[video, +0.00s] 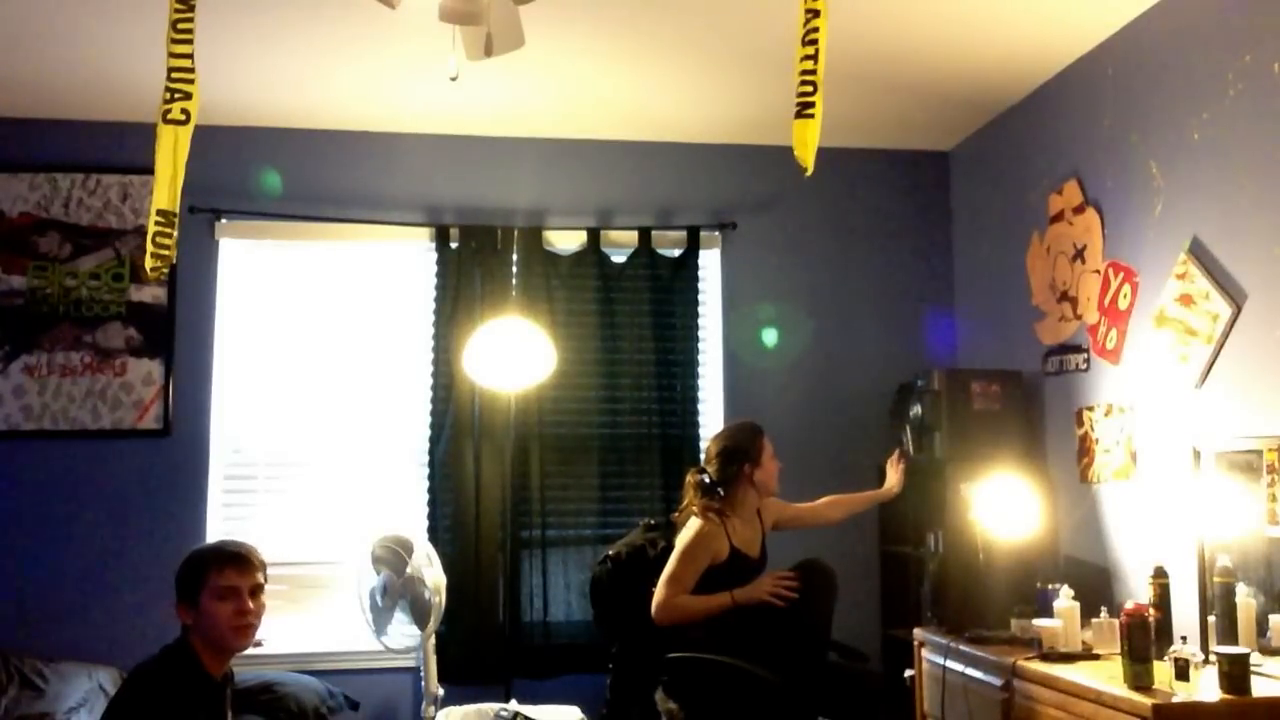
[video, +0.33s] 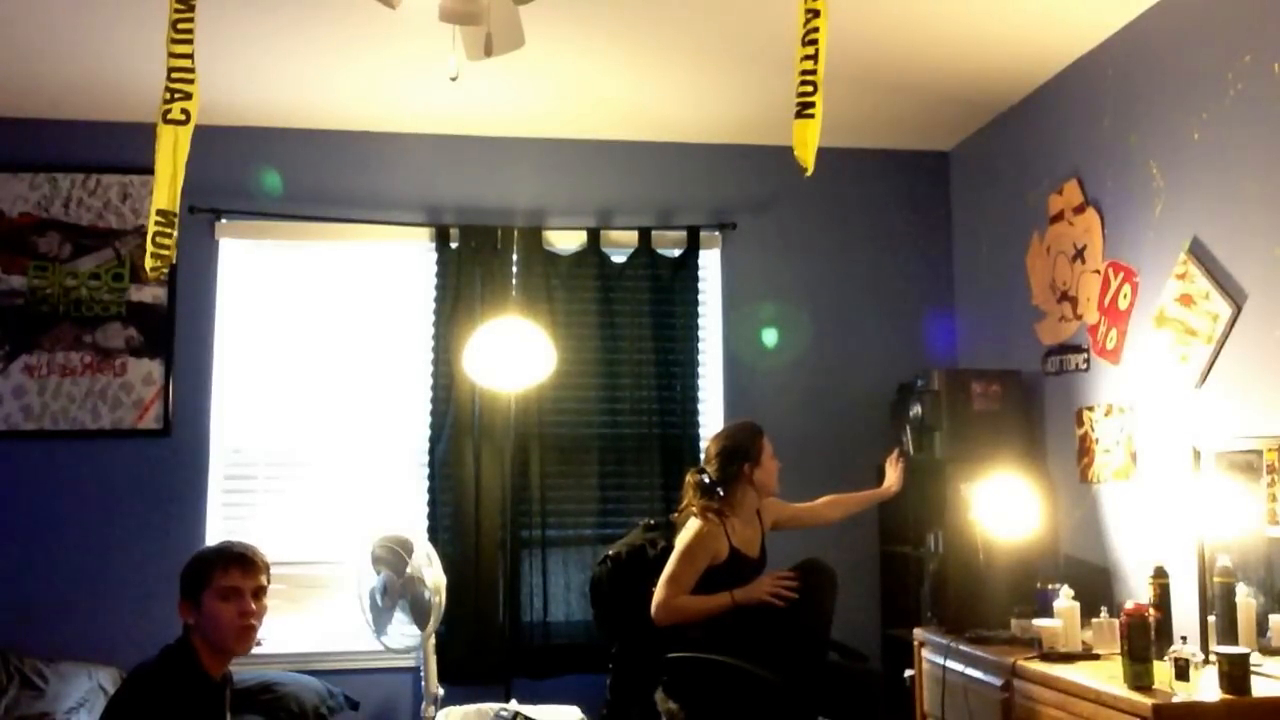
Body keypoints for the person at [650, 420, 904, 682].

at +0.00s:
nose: (779, 465)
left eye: (775, 457)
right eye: (772, 458)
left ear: (749, 472)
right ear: (749, 471)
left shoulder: (762, 511)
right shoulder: (704, 529)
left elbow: (823, 510)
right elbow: (663, 609)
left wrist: (885, 492)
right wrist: (742, 595)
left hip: (734, 637)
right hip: (695, 652)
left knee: (815, 575)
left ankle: (806, 687)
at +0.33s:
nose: (778, 465)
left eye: (774, 456)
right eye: (771, 458)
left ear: (748, 471)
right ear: (749, 471)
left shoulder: (762, 511)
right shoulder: (704, 529)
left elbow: (823, 510)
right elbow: (663, 610)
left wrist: (886, 491)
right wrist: (742, 595)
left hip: (734, 636)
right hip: (694, 651)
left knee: (815, 575)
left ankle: (806, 685)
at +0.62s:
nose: (779, 464)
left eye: (774, 456)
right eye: (769, 458)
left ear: (738, 474)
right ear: (735, 474)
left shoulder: (758, 511)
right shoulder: (704, 528)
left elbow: (809, 537)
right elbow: (664, 610)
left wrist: (867, 502)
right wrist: (744, 595)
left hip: (731, 636)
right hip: (694, 651)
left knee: (816, 575)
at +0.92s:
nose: (749, 470)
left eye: (758, 462)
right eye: (738, 462)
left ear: (770, 472)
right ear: (716, 473)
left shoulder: (758, 516)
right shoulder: (702, 525)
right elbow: (660, 609)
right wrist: (741, 595)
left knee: (815, 575)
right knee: (812, 577)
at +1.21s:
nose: (745, 478)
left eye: (755, 469)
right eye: (734, 469)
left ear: (769, 479)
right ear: (715, 476)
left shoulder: (755, 526)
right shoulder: (699, 526)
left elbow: (765, 602)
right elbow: (661, 612)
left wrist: (796, 664)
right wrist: (740, 596)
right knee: (811, 573)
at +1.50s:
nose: (740, 488)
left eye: (751, 478)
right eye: (731, 478)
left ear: (768, 483)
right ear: (717, 479)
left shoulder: (760, 528)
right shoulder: (700, 527)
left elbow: (764, 607)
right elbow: (661, 614)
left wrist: (795, 665)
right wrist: (740, 596)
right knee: (811, 574)